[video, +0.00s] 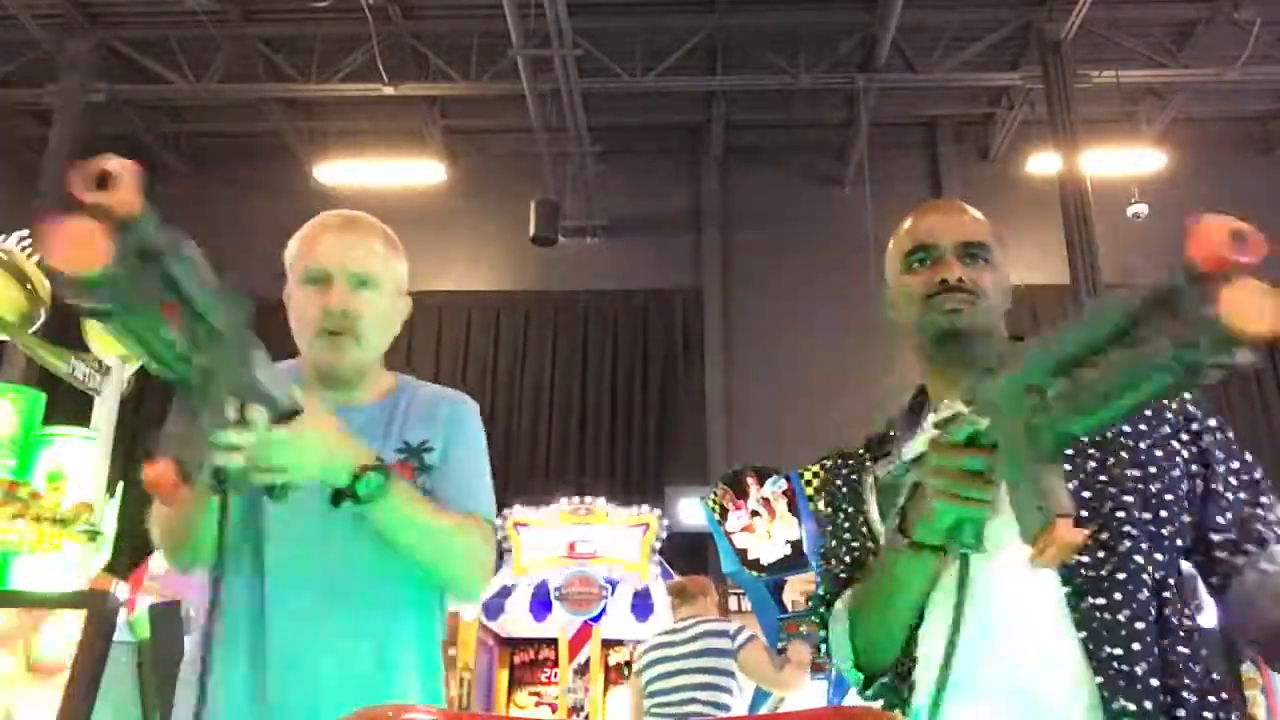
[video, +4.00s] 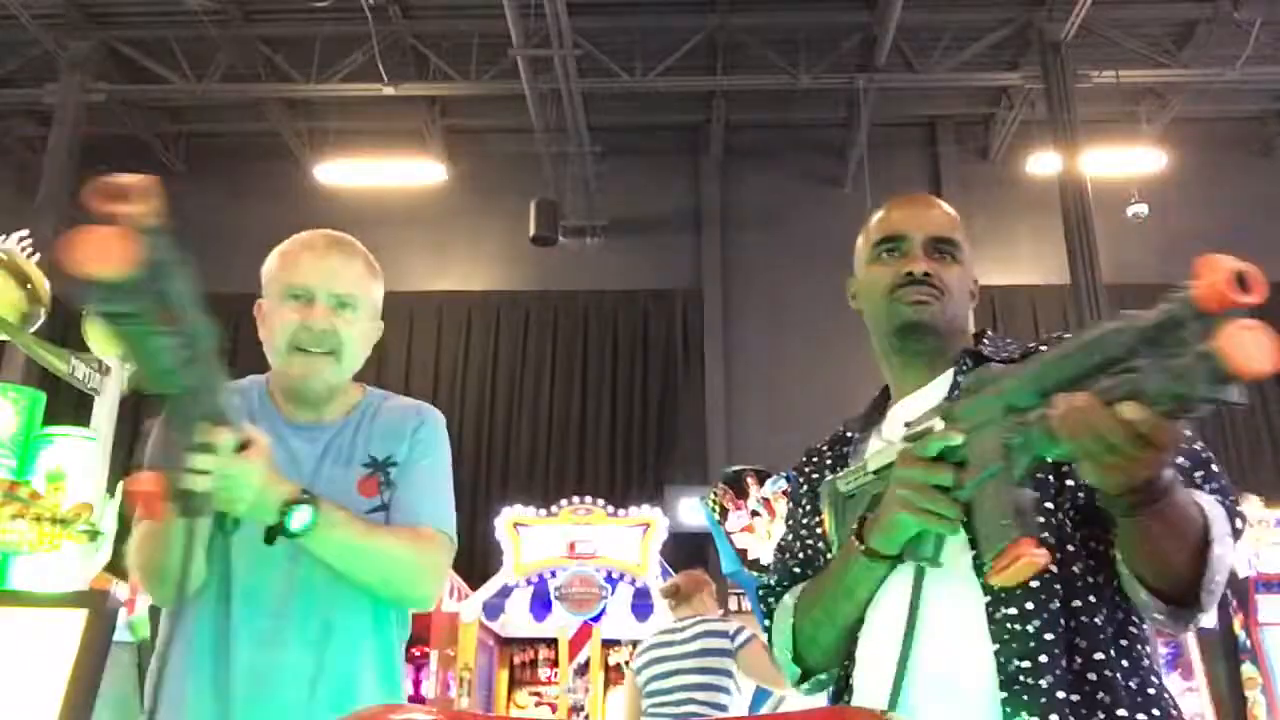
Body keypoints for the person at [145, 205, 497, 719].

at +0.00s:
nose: (337, 303)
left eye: (362, 284)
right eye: (316, 281)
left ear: (402, 308)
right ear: (286, 299)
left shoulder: (445, 417)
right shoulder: (238, 401)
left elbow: (471, 571)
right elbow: (183, 553)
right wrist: (201, 474)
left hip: (384, 705)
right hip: (240, 703)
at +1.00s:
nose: (312, 318)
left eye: (338, 303)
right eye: (292, 296)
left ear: (369, 331)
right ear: (254, 312)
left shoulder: (410, 427)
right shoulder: (194, 415)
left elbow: (417, 576)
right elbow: (156, 585)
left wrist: (265, 504)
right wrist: (167, 499)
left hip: (348, 709)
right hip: (196, 708)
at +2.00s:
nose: (304, 347)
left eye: (329, 325)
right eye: (284, 325)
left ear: (373, 337)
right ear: (260, 334)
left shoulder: (430, 447)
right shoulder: (216, 425)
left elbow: (477, 593)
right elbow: (152, 558)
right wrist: (183, 463)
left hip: (365, 710)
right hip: (216, 707)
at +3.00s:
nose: (337, 303)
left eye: (361, 285)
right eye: (316, 281)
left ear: (400, 310)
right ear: (286, 300)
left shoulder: (446, 417)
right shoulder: (230, 399)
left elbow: (470, 572)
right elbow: (187, 558)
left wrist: (351, 479)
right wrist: (187, 509)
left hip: (389, 704)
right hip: (241, 702)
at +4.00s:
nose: (318, 320)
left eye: (343, 305)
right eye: (298, 298)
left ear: (374, 332)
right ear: (260, 317)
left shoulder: (412, 429)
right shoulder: (198, 418)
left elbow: (423, 579)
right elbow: (161, 584)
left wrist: (278, 499)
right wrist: (194, 488)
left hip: (348, 708)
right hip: (197, 706)